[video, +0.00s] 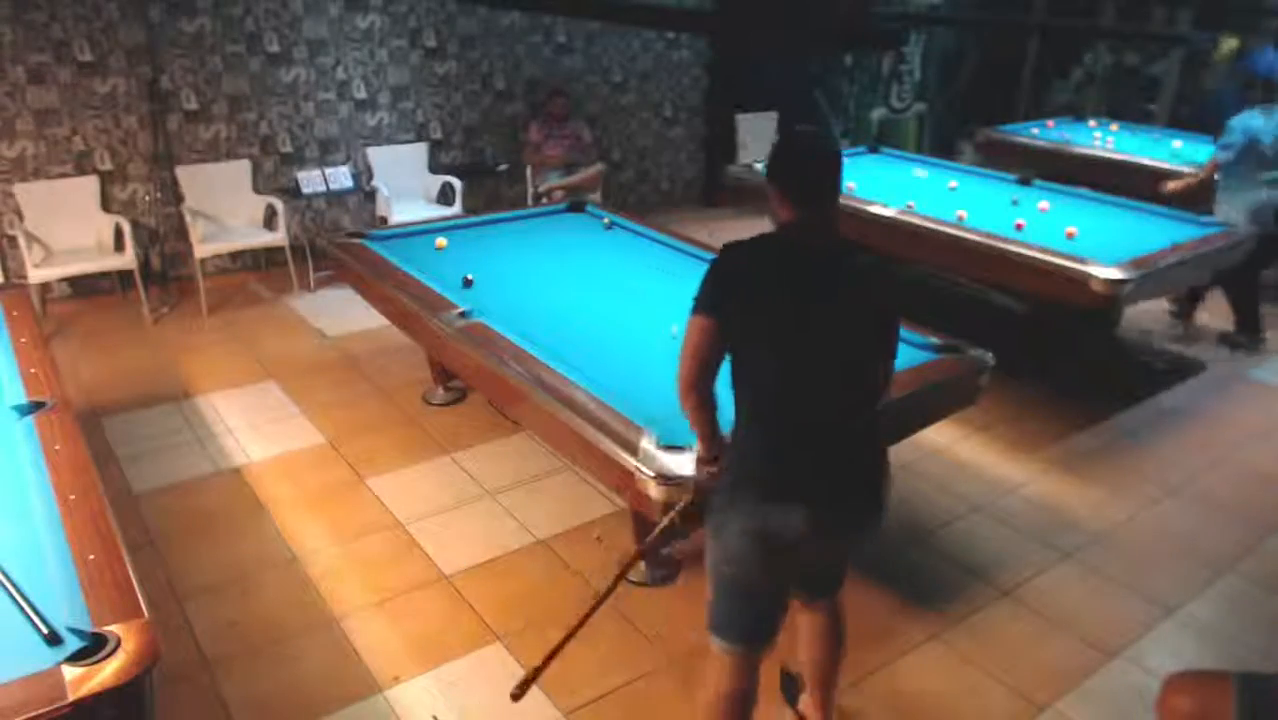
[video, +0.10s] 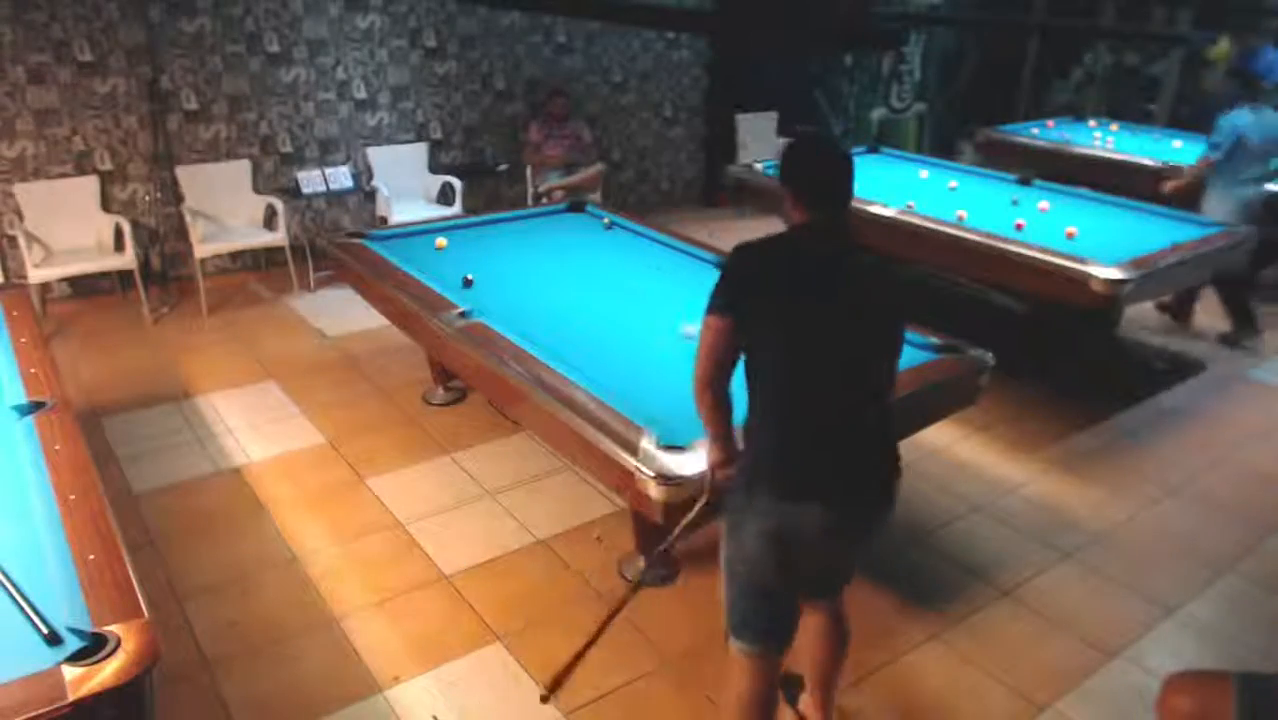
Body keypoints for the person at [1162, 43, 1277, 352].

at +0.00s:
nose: (1240, 89)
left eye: (1244, 84)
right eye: (1243, 84)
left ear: (1254, 87)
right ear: (1271, 88)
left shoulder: (1245, 124)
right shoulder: (1269, 121)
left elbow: (1215, 166)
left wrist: (1181, 185)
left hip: (1242, 220)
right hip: (1267, 218)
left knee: (1241, 275)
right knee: (1212, 260)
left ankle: (1248, 332)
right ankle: (1187, 303)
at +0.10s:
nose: (1221, 87)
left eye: (1227, 82)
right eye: (1226, 81)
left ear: (1238, 85)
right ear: (1263, 86)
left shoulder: (1233, 121)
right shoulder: (1271, 120)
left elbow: (1210, 161)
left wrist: (1180, 182)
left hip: (1224, 203)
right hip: (1256, 201)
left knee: (1224, 267)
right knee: (1204, 255)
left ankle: (1245, 326)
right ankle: (1181, 304)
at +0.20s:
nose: (1222, 88)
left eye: (1225, 83)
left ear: (1232, 85)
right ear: (1255, 86)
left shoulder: (1226, 116)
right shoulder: (1268, 119)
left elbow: (1199, 155)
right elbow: (1269, 159)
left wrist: (1168, 178)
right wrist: (1247, 172)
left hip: (1209, 192)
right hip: (1241, 193)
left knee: (1204, 254)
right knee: (1203, 252)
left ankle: (1232, 313)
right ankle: (1181, 303)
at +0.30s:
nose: (1202, 84)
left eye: (1206, 79)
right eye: (1204, 77)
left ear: (1217, 81)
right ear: (1236, 80)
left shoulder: (1212, 114)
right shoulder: (1254, 114)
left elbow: (1187, 152)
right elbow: (1256, 151)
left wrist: (1146, 167)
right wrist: (1234, 162)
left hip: (1201, 186)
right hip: (1230, 187)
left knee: (1180, 239)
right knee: (1204, 242)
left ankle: (1207, 296)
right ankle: (1179, 301)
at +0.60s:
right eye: (1221, 69)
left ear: (1187, 75)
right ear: (1211, 75)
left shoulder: (1184, 108)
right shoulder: (1215, 105)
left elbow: (1156, 130)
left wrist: (1126, 151)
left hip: (1174, 181)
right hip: (1202, 181)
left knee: (1150, 228)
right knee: (1185, 237)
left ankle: (1171, 295)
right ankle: (1179, 297)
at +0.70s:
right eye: (1224, 68)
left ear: (1173, 78)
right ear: (1205, 72)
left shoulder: (1176, 106)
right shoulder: (1202, 103)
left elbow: (1141, 136)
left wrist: (1090, 155)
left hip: (1162, 179)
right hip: (1188, 180)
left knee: (1140, 228)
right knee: (1181, 234)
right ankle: (1176, 294)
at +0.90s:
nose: (1136, 78)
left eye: (1139, 73)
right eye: (1137, 73)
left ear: (1147, 74)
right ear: (1164, 72)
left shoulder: (1152, 103)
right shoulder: (1177, 97)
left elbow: (1114, 142)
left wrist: (1070, 157)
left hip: (1142, 181)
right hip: (1169, 180)